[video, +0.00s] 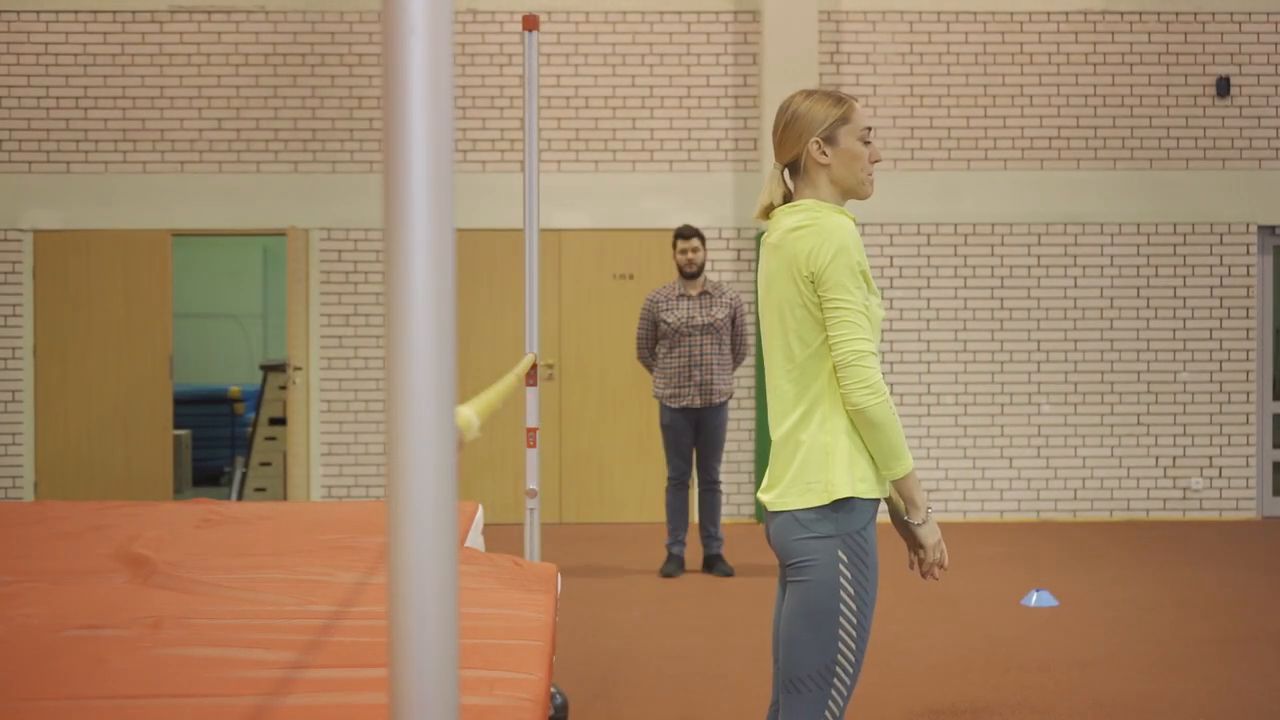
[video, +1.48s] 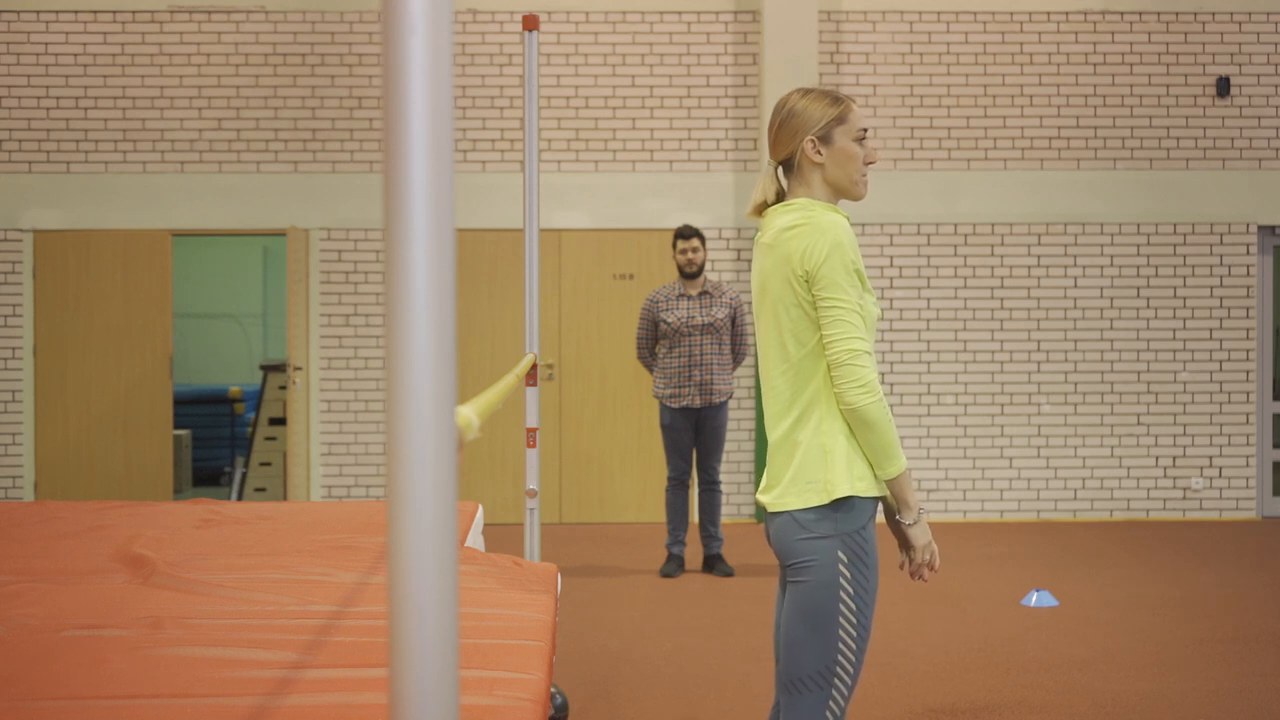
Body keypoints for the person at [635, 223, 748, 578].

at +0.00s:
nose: (689, 256)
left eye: (695, 250)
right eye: (683, 251)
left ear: (705, 254)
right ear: (674, 256)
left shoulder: (728, 297)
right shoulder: (659, 299)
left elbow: (741, 348)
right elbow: (644, 350)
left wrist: (717, 372)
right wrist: (670, 375)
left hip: (715, 402)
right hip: (674, 402)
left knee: (710, 479)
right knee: (678, 477)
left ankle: (713, 552)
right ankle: (675, 553)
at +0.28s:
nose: (689, 256)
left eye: (695, 250)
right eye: (682, 251)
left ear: (705, 253)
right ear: (674, 256)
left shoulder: (728, 297)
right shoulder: (658, 299)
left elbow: (741, 348)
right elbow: (644, 350)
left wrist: (718, 372)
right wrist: (669, 376)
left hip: (715, 402)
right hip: (674, 402)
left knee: (710, 478)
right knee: (678, 477)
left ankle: (713, 553)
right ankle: (675, 553)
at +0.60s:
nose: (689, 256)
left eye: (695, 250)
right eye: (682, 251)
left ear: (705, 253)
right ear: (674, 256)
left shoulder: (728, 296)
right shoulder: (658, 299)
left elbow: (741, 347)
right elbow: (644, 350)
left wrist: (718, 372)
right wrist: (669, 376)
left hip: (715, 402)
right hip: (674, 402)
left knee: (710, 478)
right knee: (678, 477)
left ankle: (713, 553)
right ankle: (675, 553)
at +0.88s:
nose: (689, 256)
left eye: (695, 250)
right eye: (682, 251)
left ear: (705, 253)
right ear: (674, 256)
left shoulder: (728, 297)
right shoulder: (658, 300)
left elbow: (741, 347)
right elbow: (644, 350)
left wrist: (718, 372)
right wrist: (669, 376)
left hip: (715, 401)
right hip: (674, 402)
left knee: (710, 478)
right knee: (678, 477)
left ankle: (713, 553)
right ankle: (675, 553)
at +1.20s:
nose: (689, 256)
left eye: (695, 250)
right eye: (682, 251)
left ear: (705, 254)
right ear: (674, 256)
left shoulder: (728, 296)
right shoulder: (659, 299)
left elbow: (741, 348)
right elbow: (644, 350)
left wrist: (718, 372)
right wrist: (669, 375)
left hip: (715, 401)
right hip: (674, 402)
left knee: (710, 478)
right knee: (678, 477)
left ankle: (713, 552)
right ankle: (675, 553)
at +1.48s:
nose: (689, 256)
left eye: (695, 250)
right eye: (682, 251)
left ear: (705, 253)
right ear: (674, 256)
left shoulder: (728, 296)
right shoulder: (658, 300)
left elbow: (741, 347)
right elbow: (644, 350)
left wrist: (718, 372)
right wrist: (669, 376)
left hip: (715, 401)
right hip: (674, 402)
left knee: (710, 478)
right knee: (678, 477)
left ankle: (713, 553)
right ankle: (675, 553)